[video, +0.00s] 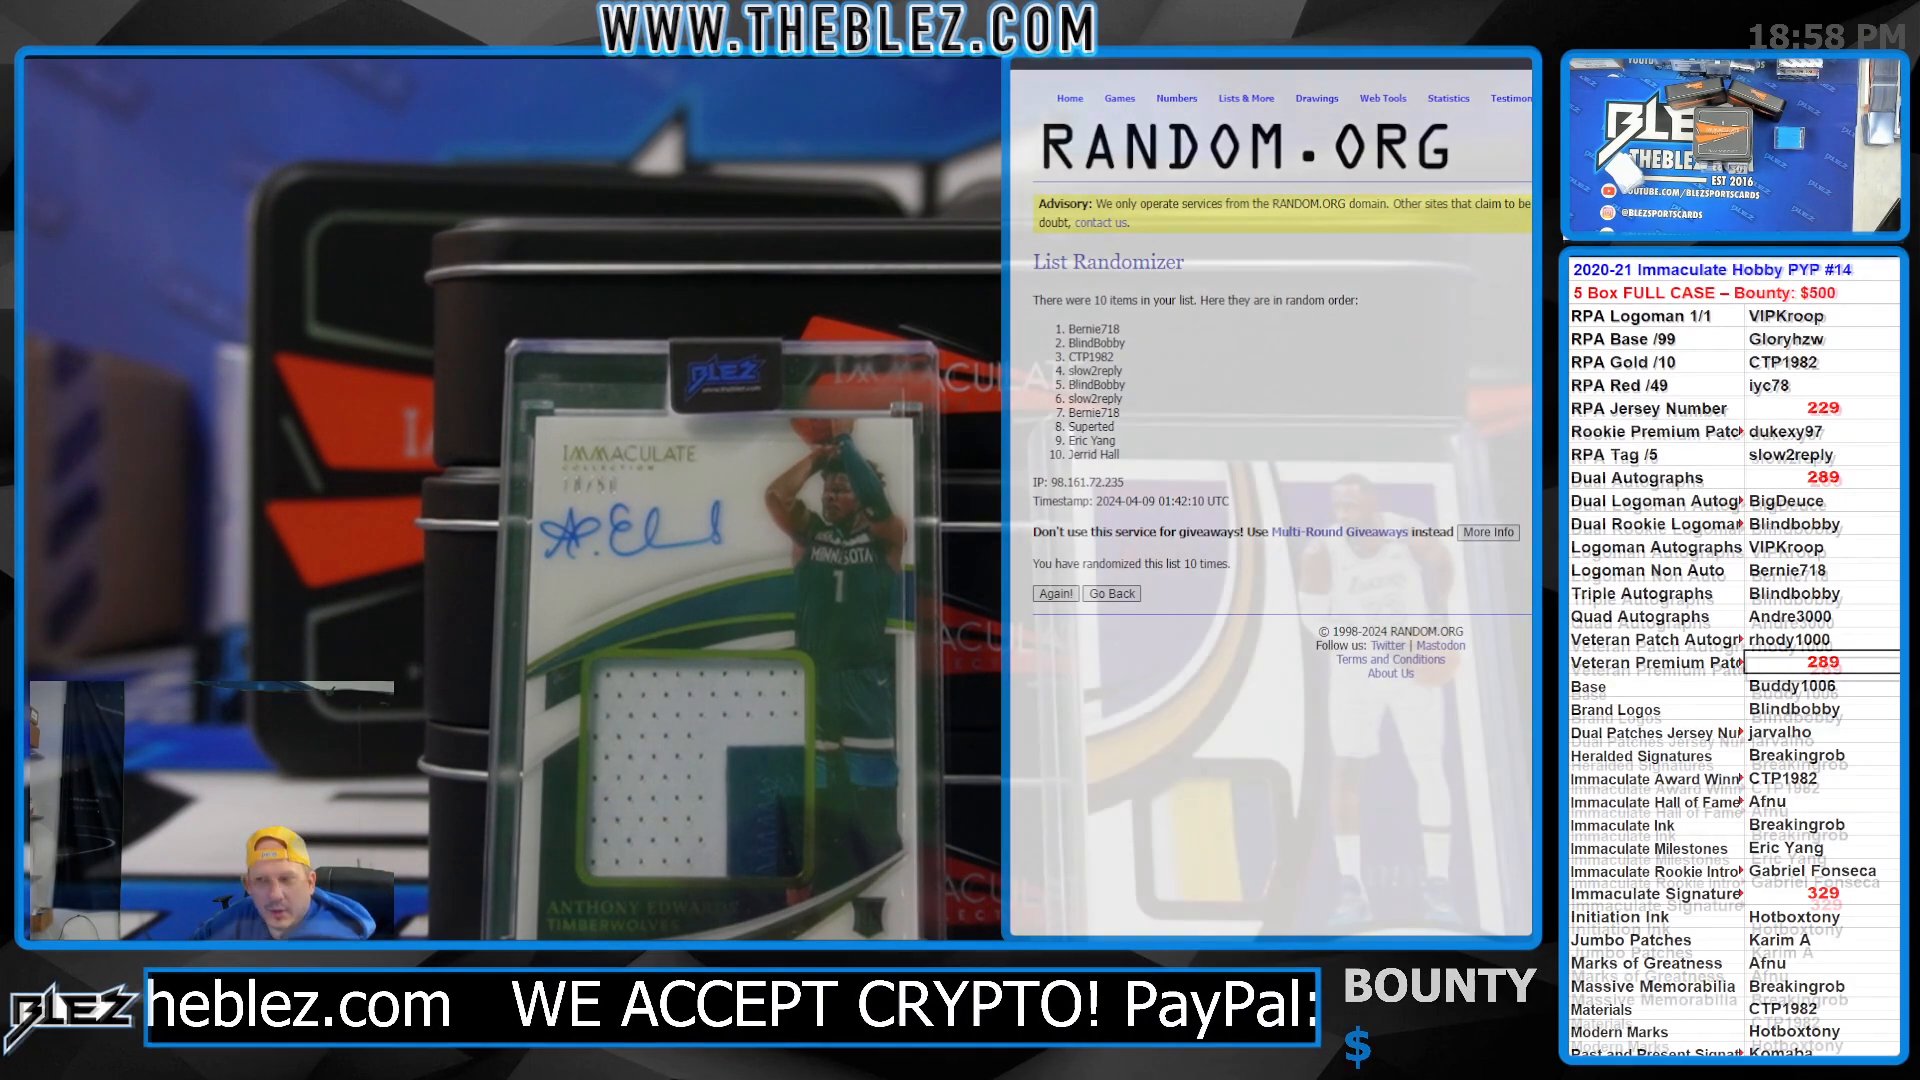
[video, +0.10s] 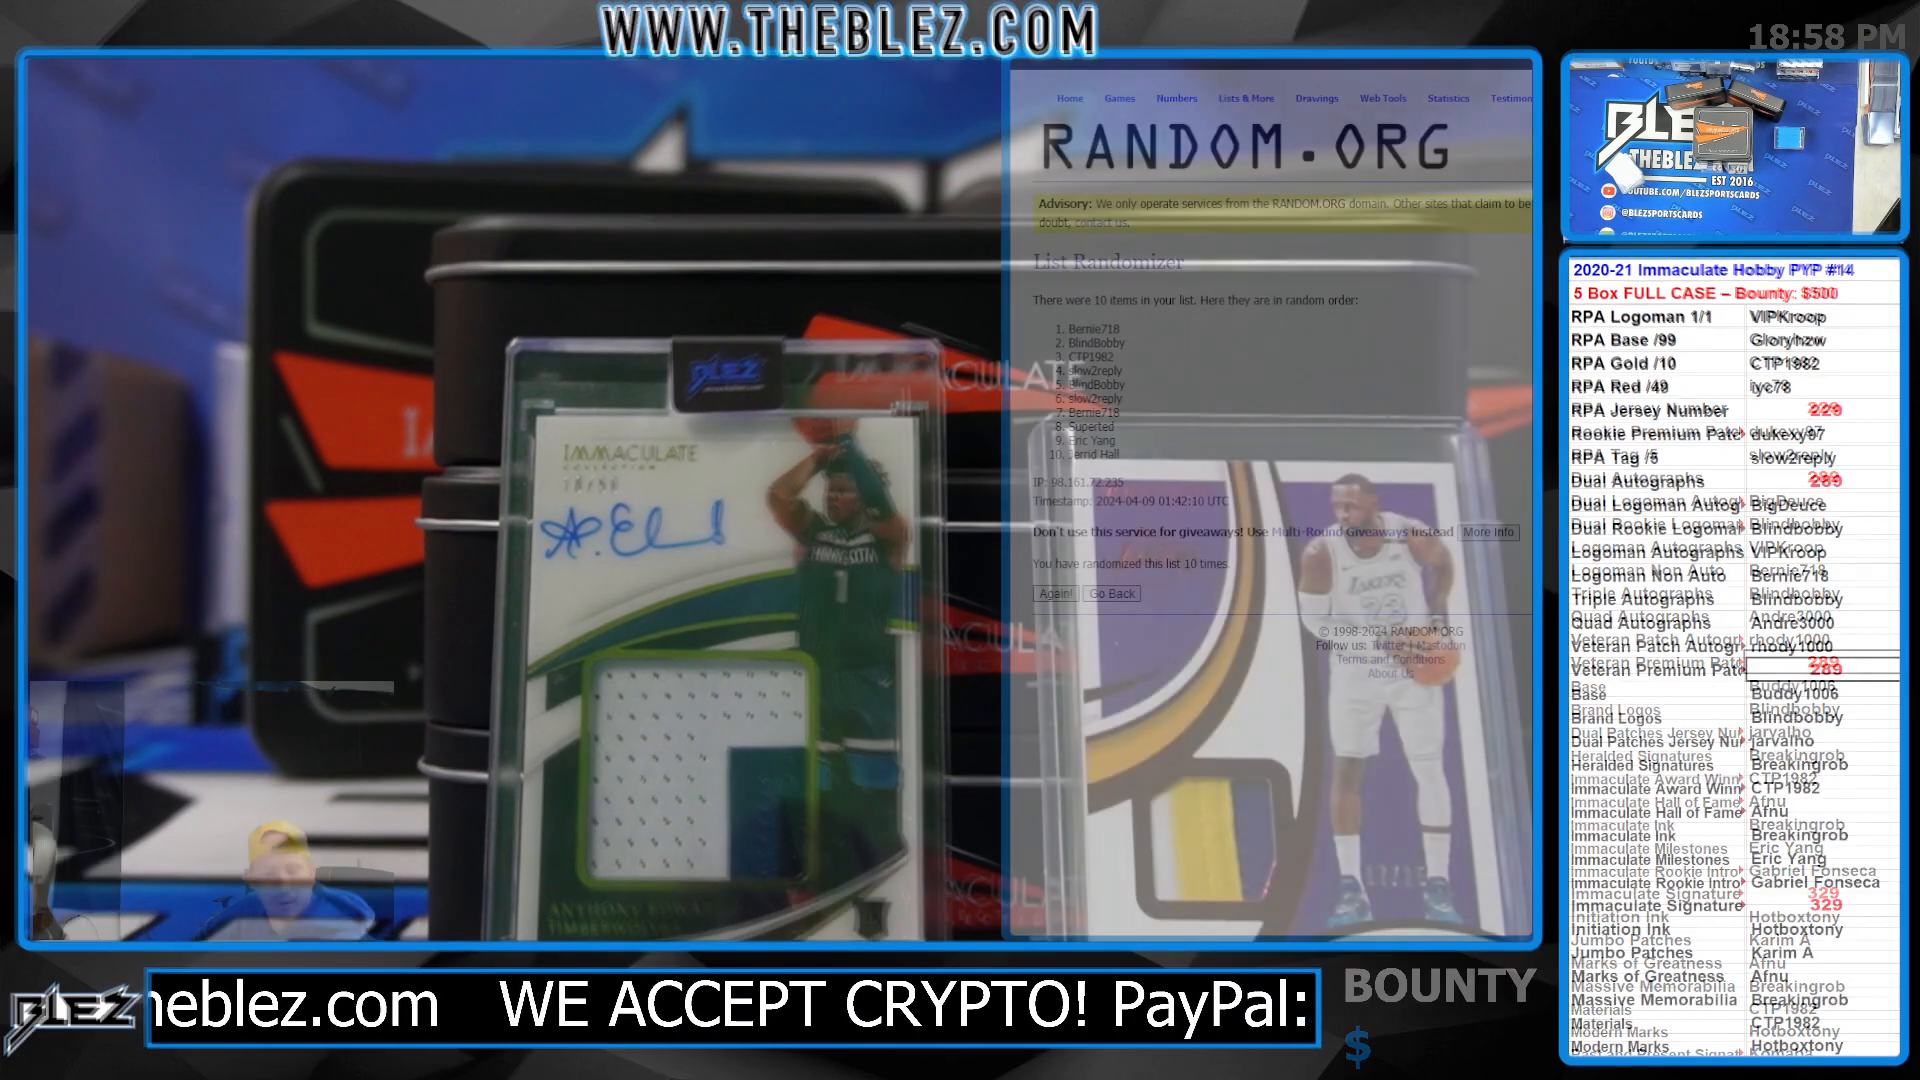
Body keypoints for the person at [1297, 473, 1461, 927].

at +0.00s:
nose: (1348, 513)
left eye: (1355, 503)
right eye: (1341, 506)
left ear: (1374, 502)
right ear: (1333, 510)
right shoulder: (1325, 550)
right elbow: (1312, 616)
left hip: (1414, 675)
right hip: (1352, 678)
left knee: (1429, 773)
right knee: (1348, 774)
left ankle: (1436, 882)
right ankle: (1349, 885)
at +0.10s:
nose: (1344, 515)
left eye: (1352, 506)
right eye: (1338, 507)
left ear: (1374, 505)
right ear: (1332, 509)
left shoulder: (1411, 533)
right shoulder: (1321, 553)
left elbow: (1444, 565)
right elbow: (1316, 624)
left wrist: (1434, 618)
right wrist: (1380, 645)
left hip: (1415, 674)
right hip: (1354, 677)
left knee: (1430, 772)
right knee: (1348, 774)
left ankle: (1438, 885)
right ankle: (1351, 889)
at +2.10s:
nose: (1343, 514)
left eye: (1351, 505)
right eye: (1337, 506)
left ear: (1374, 505)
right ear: (1332, 509)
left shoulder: (1411, 534)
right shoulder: (1319, 555)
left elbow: (1444, 565)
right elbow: (1316, 622)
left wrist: (1437, 617)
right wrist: (1379, 641)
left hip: (1414, 672)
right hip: (1354, 674)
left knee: (1430, 771)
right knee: (1348, 772)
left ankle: (1438, 885)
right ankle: (1351, 888)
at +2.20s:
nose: (1343, 514)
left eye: (1352, 505)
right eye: (1337, 506)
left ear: (1374, 505)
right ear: (1332, 509)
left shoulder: (1412, 535)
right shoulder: (1320, 554)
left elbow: (1444, 564)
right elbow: (1316, 621)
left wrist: (1436, 617)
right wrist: (1379, 642)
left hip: (1414, 673)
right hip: (1355, 674)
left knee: (1430, 772)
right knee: (1347, 773)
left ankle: (1438, 884)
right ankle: (1351, 887)